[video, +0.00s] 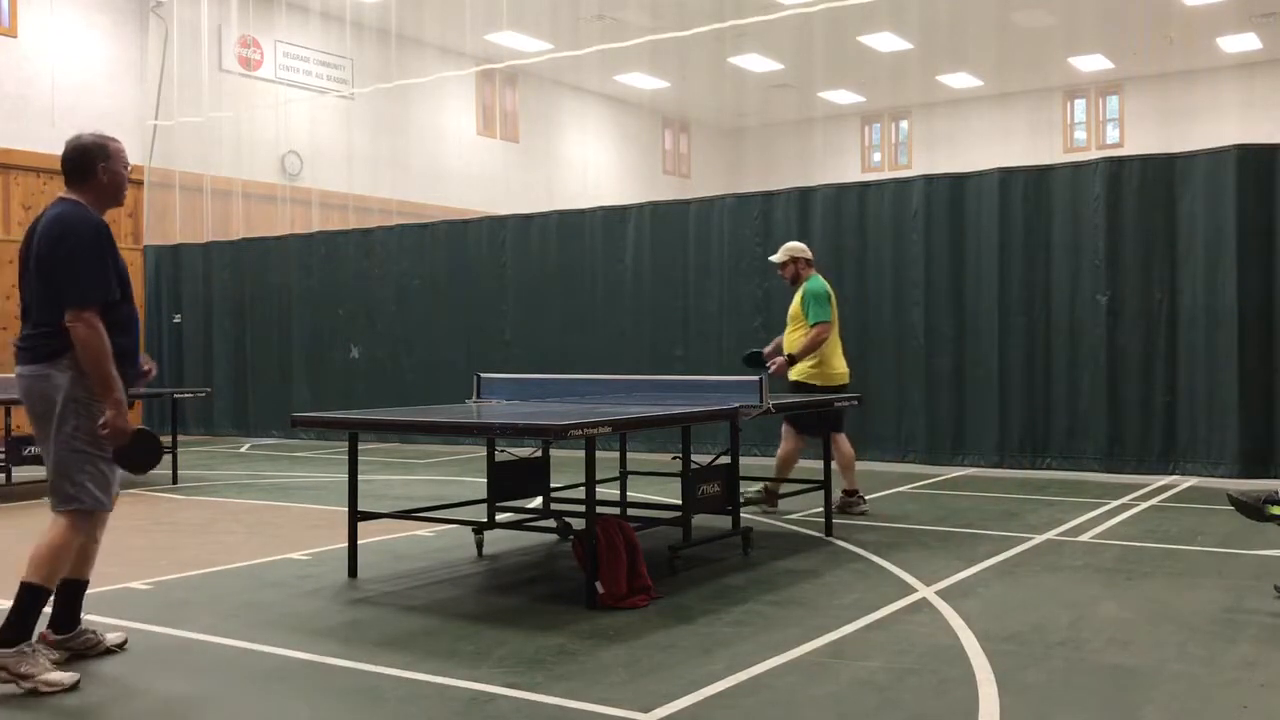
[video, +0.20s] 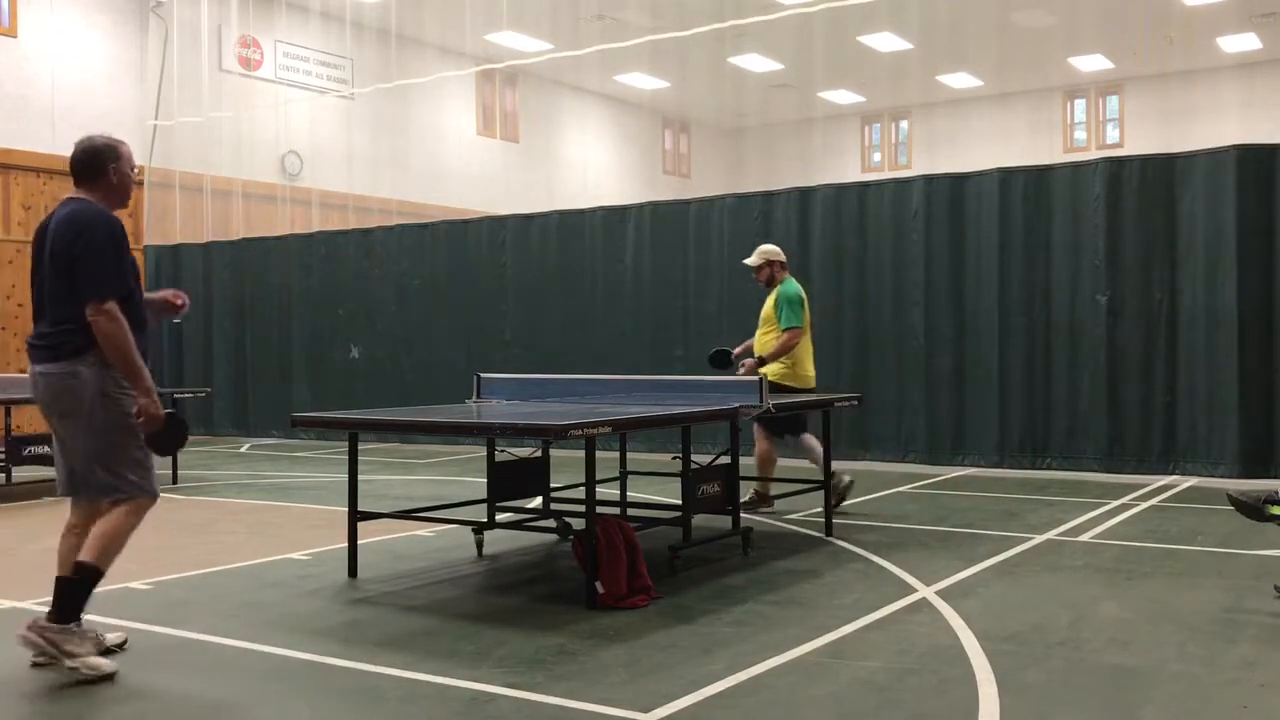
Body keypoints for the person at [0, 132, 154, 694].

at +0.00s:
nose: (130, 175)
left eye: (128, 167)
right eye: (125, 167)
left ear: (81, 171)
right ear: (102, 171)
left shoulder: (57, 221)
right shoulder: (78, 225)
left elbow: (69, 314)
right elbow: (82, 321)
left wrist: (128, 355)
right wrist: (115, 400)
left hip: (61, 374)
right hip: (65, 377)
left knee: (94, 503)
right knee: (78, 510)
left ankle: (66, 628)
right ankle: (11, 645)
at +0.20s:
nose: (136, 180)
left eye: (135, 171)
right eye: (132, 171)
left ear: (83, 174)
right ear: (112, 175)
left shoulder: (57, 222)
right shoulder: (97, 224)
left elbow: (79, 306)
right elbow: (103, 312)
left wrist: (147, 302)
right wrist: (146, 389)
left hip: (55, 374)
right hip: (85, 375)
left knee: (87, 503)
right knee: (136, 493)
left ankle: (65, 625)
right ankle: (61, 621)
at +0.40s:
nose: (150, 177)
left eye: (147, 168)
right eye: (146, 168)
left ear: (95, 175)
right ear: (130, 173)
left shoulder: (69, 222)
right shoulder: (115, 221)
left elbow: (94, 294)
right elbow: (121, 309)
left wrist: (159, 275)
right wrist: (164, 386)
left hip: (64, 373)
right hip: (104, 373)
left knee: (90, 500)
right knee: (168, 487)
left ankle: (63, 628)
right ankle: (171, 629)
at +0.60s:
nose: (175, 184)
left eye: (173, 176)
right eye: (172, 176)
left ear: (121, 179)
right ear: (159, 178)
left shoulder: (90, 227)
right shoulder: (146, 227)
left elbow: (108, 291)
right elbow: (150, 315)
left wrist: (176, 272)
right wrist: (179, 393)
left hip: (85, 375)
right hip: (128, 377)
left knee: (96, 503)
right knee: (190, 493)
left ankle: (62, 630)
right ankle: (227, 618)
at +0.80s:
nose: (212, 183)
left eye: (210, 175)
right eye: (209, 176)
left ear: (157, 181)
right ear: (197, 181)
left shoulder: (123, 229)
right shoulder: (188, 232)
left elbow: (143, 282)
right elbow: (188, 321)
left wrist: (204, 270)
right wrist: (214, 400)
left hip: (117, 376)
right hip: (168, 379)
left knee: (115, 501)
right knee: (222, 495)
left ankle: (65, 626)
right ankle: (232, 619)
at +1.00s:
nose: (256, 184)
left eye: (254, 176)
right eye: (254, 177)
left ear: (203, 181)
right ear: (243, 183)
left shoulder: (162, 224)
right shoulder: (232, 236)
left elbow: (178, 293)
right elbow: (232, 326)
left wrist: (241, 275)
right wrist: (257, 405)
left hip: (149, 371)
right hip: (202, 375)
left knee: (146, 493)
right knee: (237, 492)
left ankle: (79, 609)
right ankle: (233, 618)